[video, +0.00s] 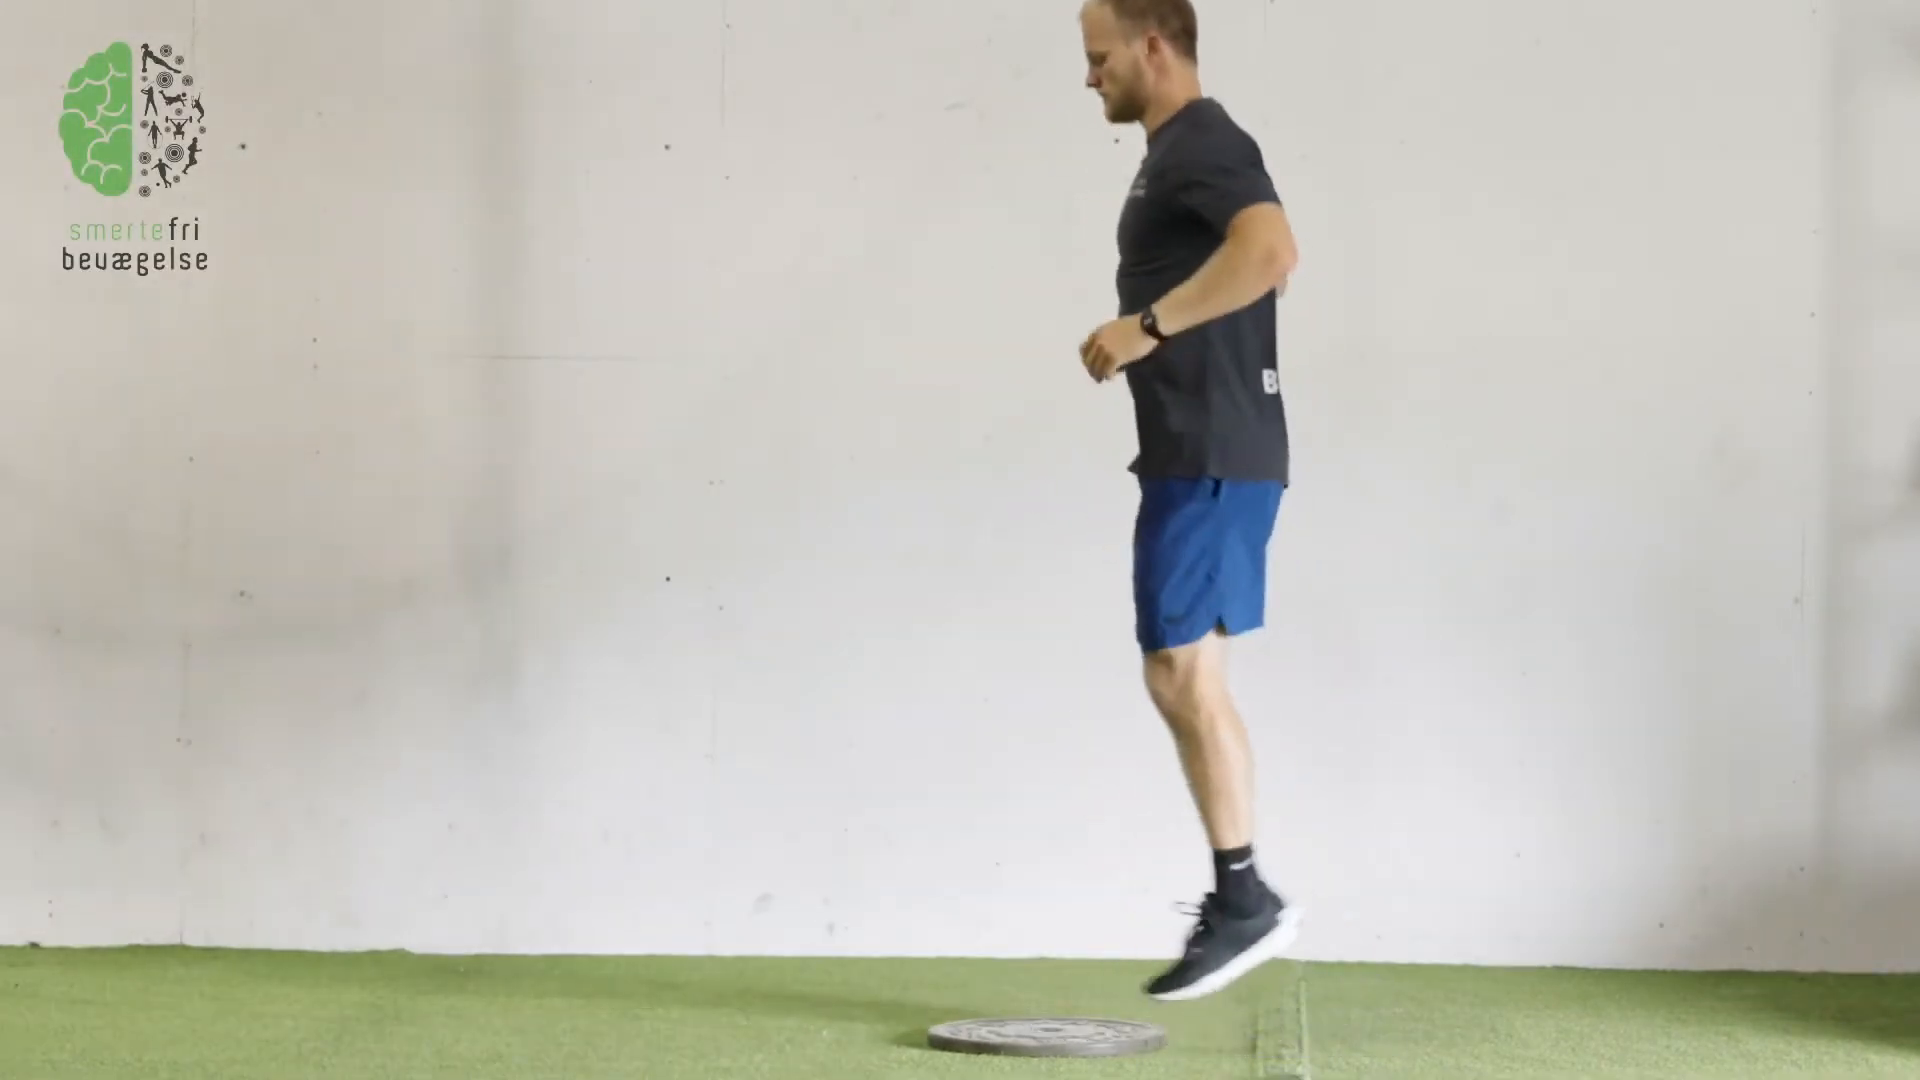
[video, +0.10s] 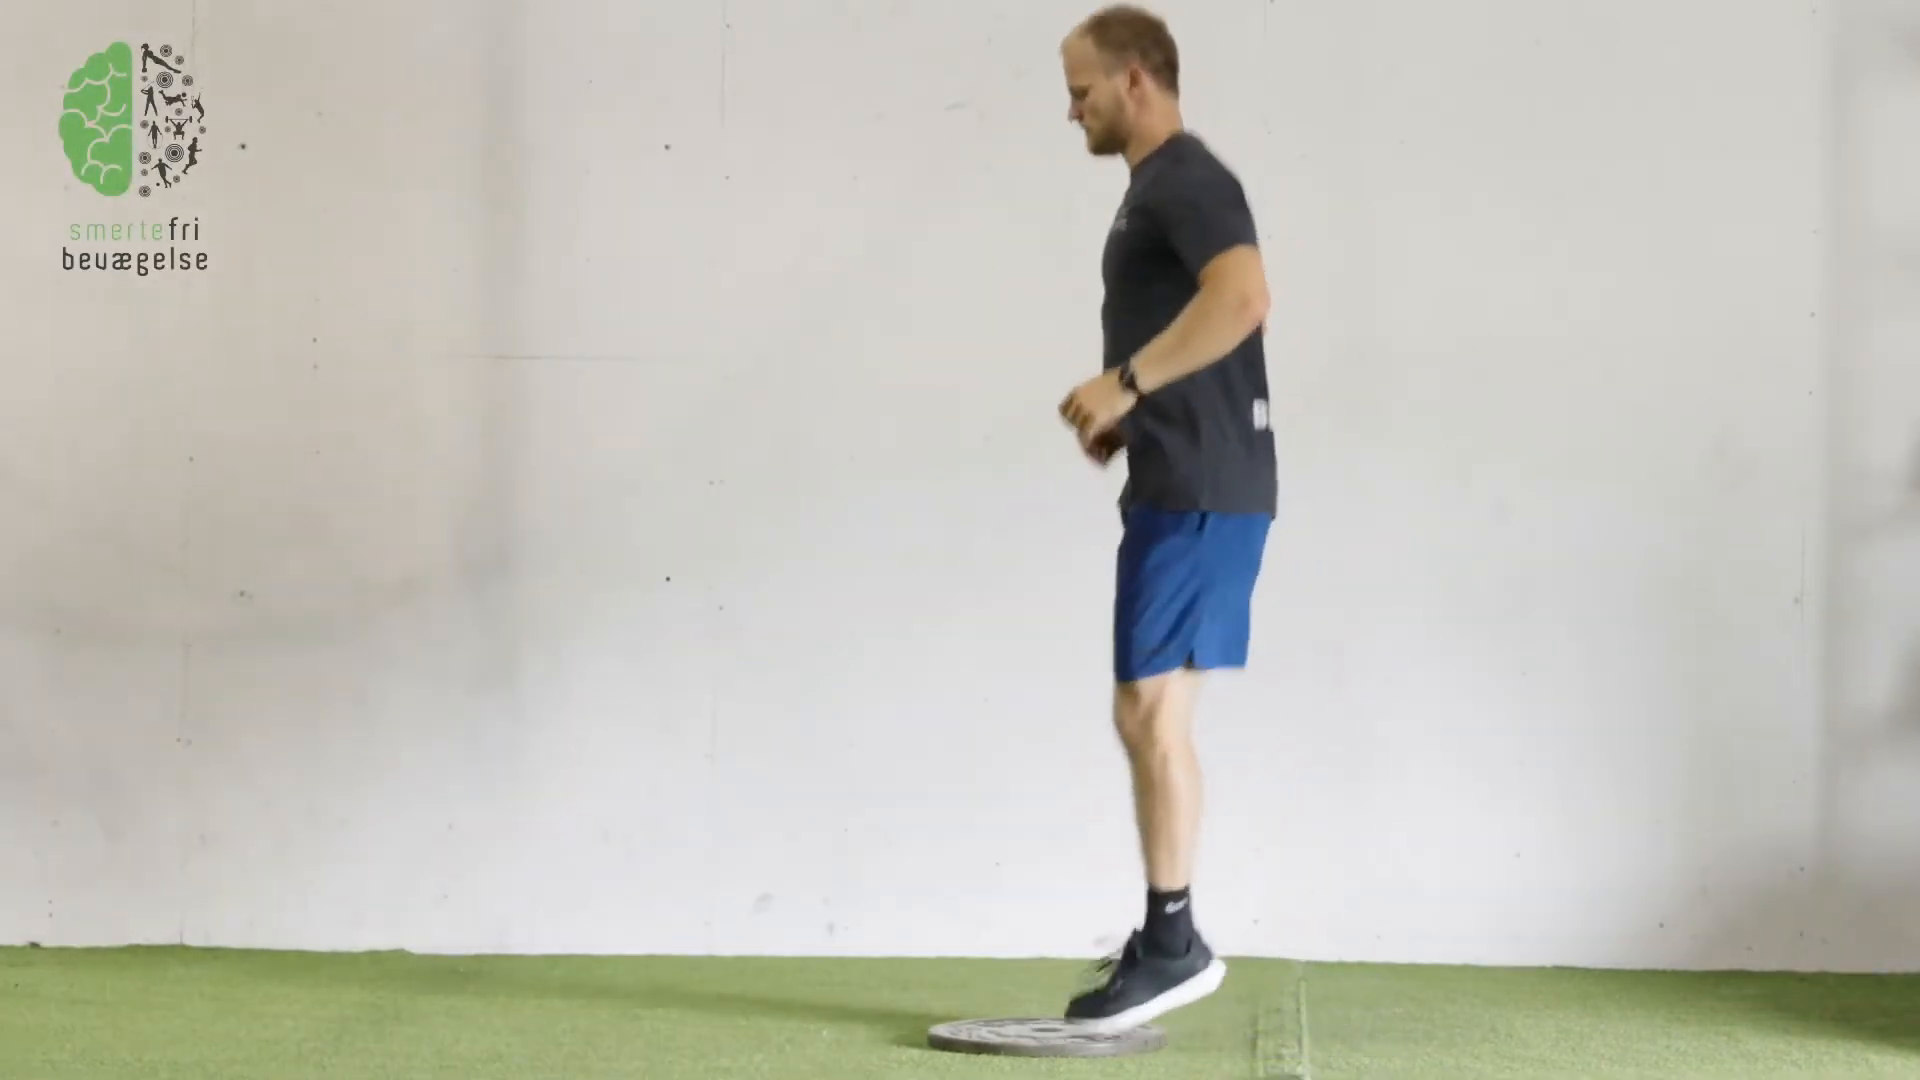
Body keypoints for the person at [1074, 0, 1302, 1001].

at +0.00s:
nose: (1090, 77)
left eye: (1097, 57)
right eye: (1088, 60)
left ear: (1153, 47)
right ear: (1153, 51)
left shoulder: (1202, 139)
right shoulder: (1186, 145)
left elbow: (1268, 248)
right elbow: (1270, 260)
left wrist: (1149, 325)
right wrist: (1163, 334)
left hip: (1210, 461)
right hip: (1195, 457)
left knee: (1184, 677)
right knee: (1183, 678)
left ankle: (1242, 898)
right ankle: (1238, 896)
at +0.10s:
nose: (1073, 112)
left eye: (1082, 92)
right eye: (1071, 94)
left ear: (1137, 83)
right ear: (1132, 87)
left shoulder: (1185, 175)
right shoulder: (1161, 182)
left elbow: (1240, 298)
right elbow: (1211, 320)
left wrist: (1127, 380)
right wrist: (1129, 406)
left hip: (1202, 489)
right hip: (1177, 486)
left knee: (1154, 711)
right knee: (1144, 710)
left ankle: (1171, 942)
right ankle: (1167, 938)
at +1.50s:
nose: (1101, 124)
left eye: (1111, 105)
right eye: (1101, 108)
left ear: (1166, 99)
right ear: (1166, 103)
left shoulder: (1219, 199)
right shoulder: (1185, 208)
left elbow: (1288, 324)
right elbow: (1247, 341)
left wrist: (1191, 432)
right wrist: (1169, 446)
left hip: (1230, 517)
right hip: (1208, 514)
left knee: (1203, 732)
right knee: (1191, 734)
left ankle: (1297, 949)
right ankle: (1290, 947)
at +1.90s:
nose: (1087, 75)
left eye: (1096, 54)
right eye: (1086, 57)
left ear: (1153, 47)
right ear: (1151, 50)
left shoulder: (1198, 142)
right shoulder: (1182, 145)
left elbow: (1260, 260)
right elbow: (1261, 274)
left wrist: (1138, 329)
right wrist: (1142, 332)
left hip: (1198, 462)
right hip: (1186, 459)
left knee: (1172, 681)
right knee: (1168, 681)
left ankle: (1203, 914)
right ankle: (1195, 908)